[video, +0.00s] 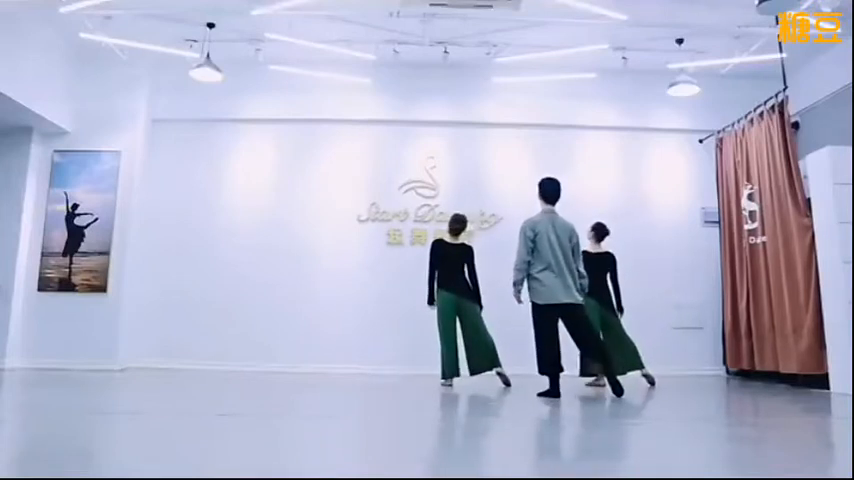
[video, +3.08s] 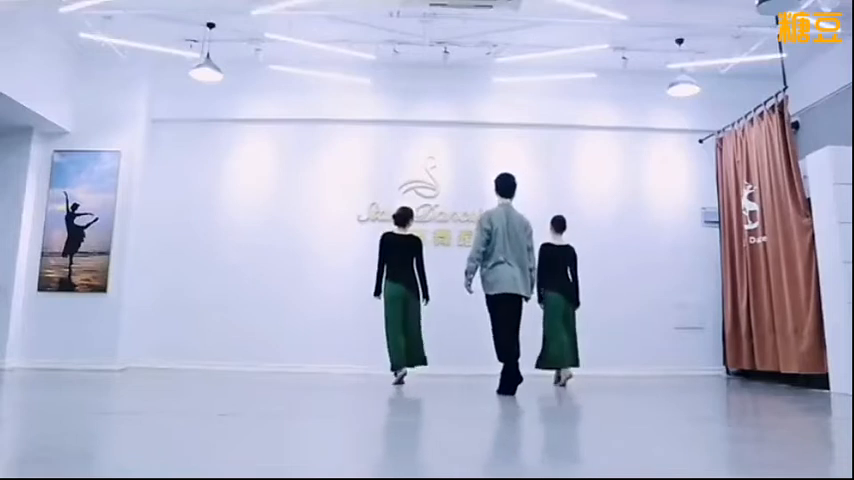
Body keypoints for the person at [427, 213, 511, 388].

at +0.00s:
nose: (457, 230)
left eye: (454, 226)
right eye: (460, 228)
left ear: (448, 226)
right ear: (464, 229)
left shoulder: (437, 245)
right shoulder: (467, 249)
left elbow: (432, 272)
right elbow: (473, 276)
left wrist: (431, 295)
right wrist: (478, 299)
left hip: (445, 294)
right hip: (465, 294)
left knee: (447, 334)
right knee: (480, 331)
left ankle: (447, 376)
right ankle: (497, 367)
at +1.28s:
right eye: (452, 251)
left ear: (437, 250)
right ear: (452, 251)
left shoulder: (428, 263)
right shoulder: (457, 265)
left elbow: (424, 288)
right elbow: (468, 289)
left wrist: (425, 309)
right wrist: (475, 312)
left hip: (438, 301)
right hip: (458, 302)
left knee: (440, 342)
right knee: (468, 338)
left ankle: (444, 379)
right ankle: (492, 369)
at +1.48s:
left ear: (433, 256)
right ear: (448, 256)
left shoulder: (426, 267)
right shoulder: (455, 268)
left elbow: (422, 293)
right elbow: (465, 294)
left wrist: (421, 315)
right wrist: (470, 317)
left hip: (436, 307)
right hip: (457, 308)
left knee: (438, 344)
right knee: (453, 339)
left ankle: (443, 381)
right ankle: (465, 367)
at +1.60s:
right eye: (444, 258)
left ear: (432, 257)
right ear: (446, 258)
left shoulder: (425, 267)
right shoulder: (454, 269)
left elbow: (421, 292)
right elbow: (461, 295)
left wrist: (419, 315)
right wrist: (465, 318)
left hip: (434, 308)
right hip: (453, 309)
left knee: (436, 345)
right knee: (448, 339)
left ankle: (439, 379)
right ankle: (448, 369)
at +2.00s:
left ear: (427, 234)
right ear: (440, 236)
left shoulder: (419, 245)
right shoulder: (448, 248)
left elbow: (414, 271)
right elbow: (452, 276)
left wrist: (412, 293)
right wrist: (454, 300)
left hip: (425, 290)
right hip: (444, 293)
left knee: (431, 331)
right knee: (438, 332)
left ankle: (442, 370)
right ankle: (427, 368)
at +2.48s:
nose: (430, 224)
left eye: (425, 219)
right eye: (432, 221)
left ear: (419, 220)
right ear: (434, 222)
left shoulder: (408, 237)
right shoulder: (436, 241)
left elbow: (402, 264)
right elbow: (440, 269)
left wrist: (399, 287)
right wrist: (443, 292)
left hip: (413, 288)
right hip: (431, 289)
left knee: (415, 327)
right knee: (428, 327)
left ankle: (422, 368)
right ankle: (424, 368)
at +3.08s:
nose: (410, 222)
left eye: (408, 219)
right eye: (410, 219)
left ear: (394, 219)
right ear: (410, 221)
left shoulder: (386, 238)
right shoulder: (415, 241)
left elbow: (381, 264)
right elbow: (420, 268)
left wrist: (378, 287)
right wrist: (425, 291)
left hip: (392, 287)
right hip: (410, 288)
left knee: (394, 327)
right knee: (409, 326)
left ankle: (399, 367)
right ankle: (403, 365)